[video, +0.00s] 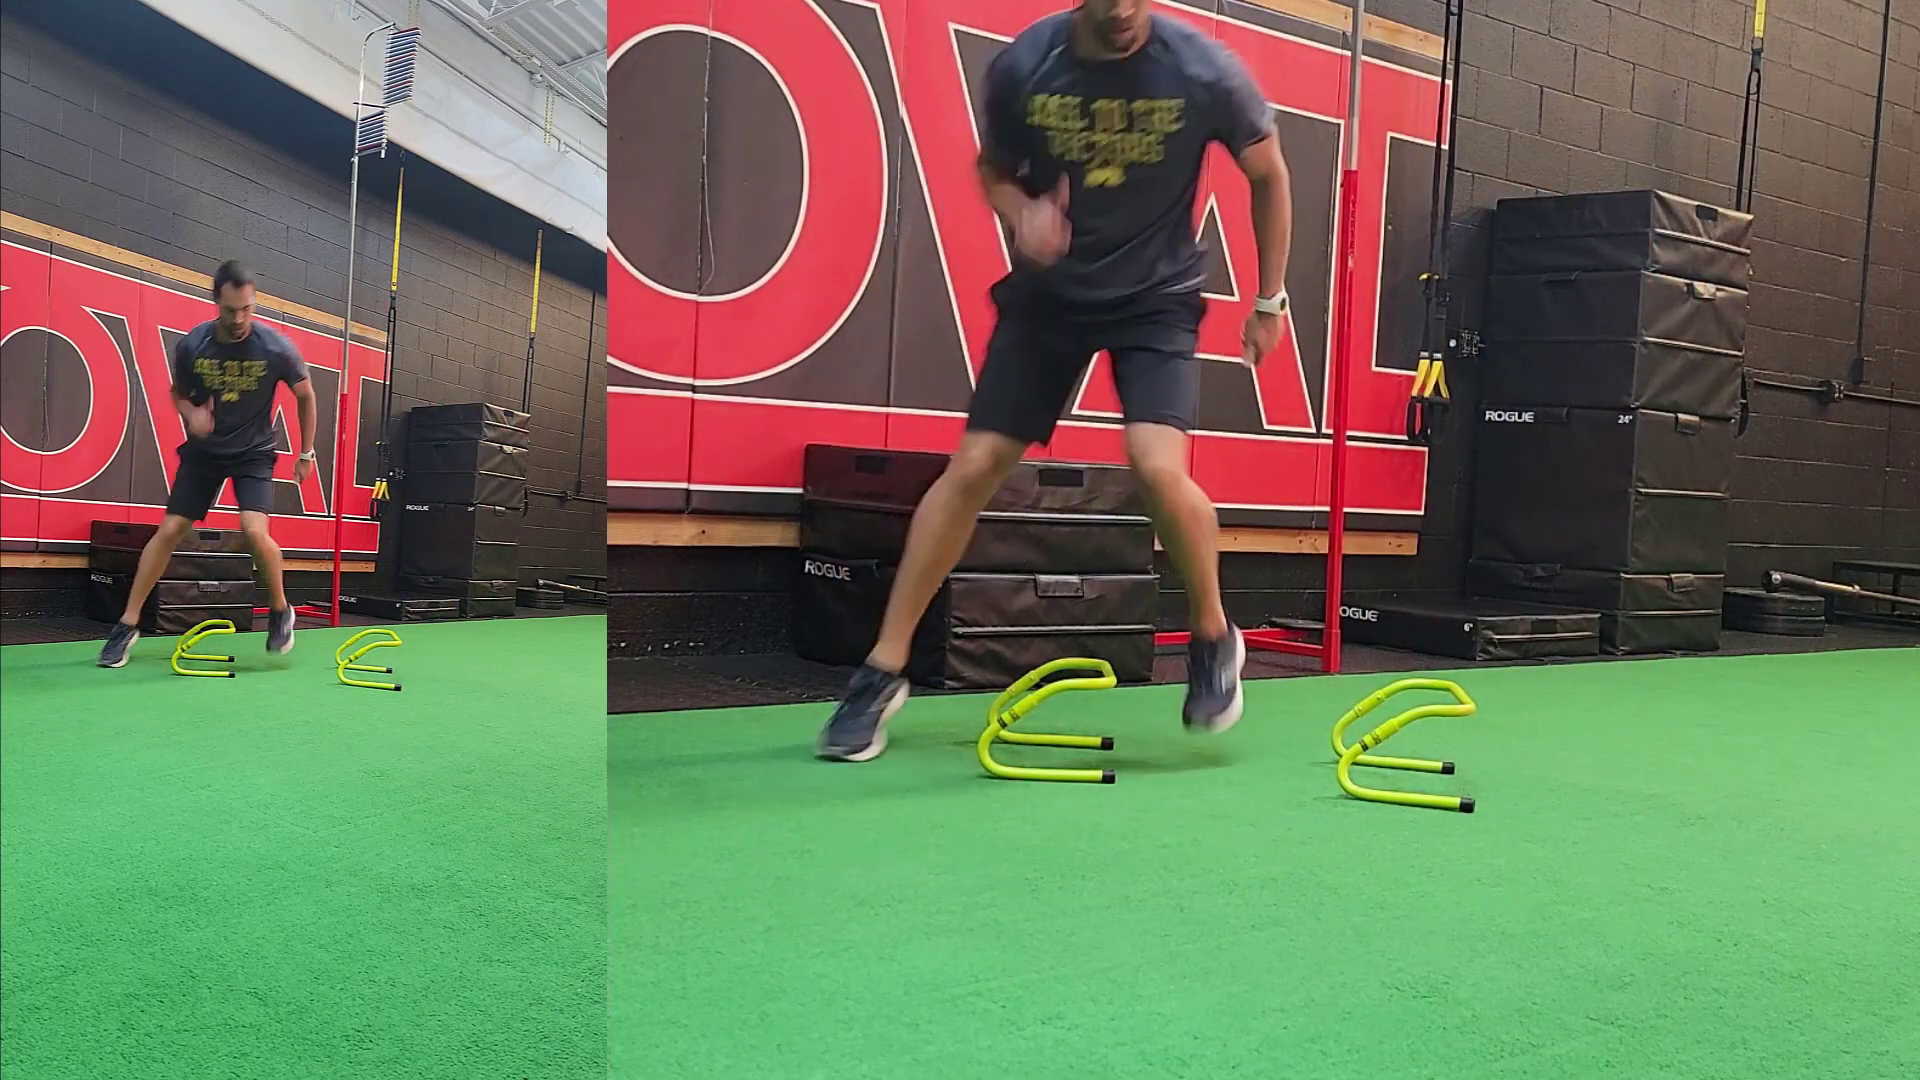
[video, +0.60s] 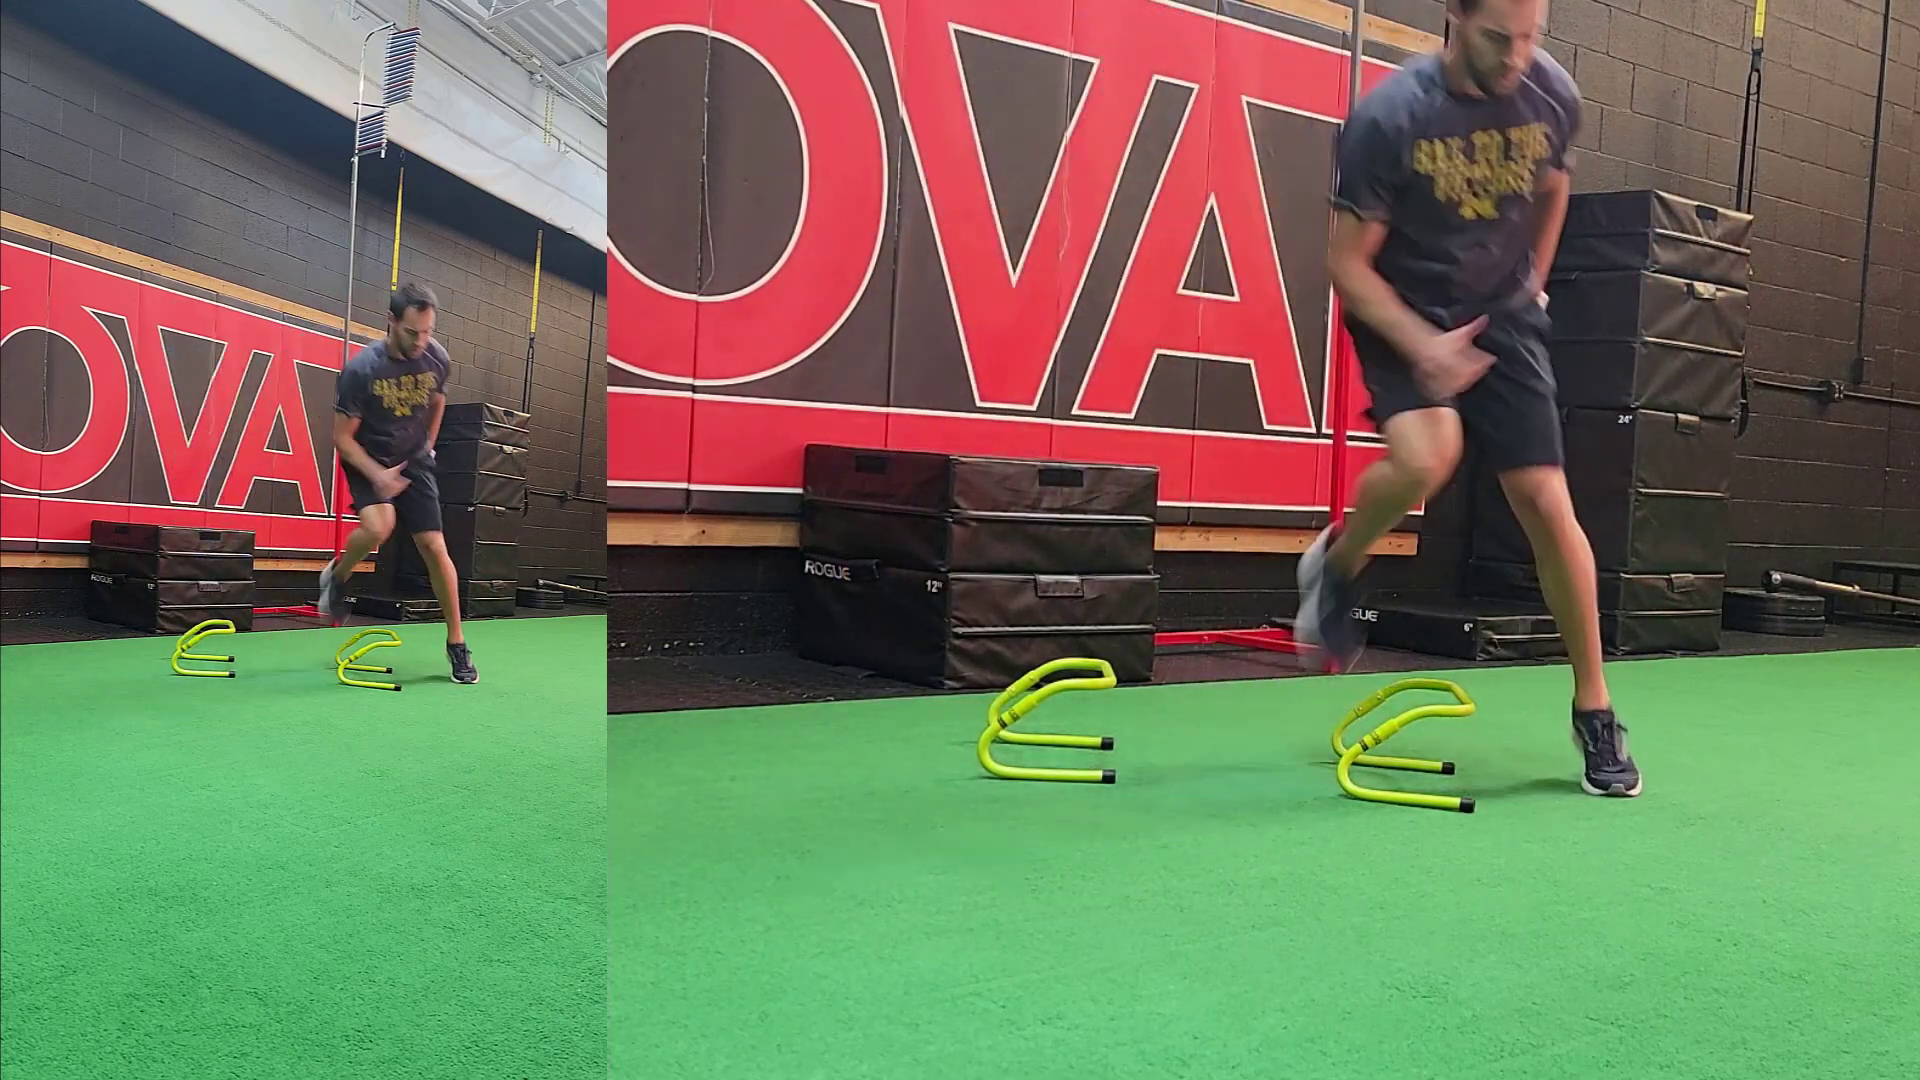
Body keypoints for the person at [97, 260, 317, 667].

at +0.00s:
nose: (240, 318)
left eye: (246, 309)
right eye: (231, 310)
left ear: (254, 303)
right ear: (215, 303)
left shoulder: (277, 349)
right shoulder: (191, 347)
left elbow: (305, 394)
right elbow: (179, 393)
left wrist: (306, 451)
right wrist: (192, 416)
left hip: (253, 451)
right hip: (203, 449)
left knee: (254, 531)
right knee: (169, 530)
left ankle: (280, 609)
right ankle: (127, 623)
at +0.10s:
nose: (275, 316)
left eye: (282, 307)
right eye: (266, 307)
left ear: (290, 302)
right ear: (251, 301)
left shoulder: (308, 350)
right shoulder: (226, 342)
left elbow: (321, 411)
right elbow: (206, 392)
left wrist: (310, 464)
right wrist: (189, 445)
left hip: (279, 455)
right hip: (232, 445)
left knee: (276, 550)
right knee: (209, 513)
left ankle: (280, 637)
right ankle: (194, 563)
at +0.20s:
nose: (305, 312)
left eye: (311, 304)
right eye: (297, 303)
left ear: (318, 299)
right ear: (278, 297)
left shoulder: (332, 346)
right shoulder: (249, 338)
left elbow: (347, 404)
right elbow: (222, 383)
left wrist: (322, 406)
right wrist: (203, 431)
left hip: (307, 450)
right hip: (262, 441)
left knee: (297, 544)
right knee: (271, 490)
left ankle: (284, 635)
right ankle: (263, 552)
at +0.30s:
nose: (331, 311)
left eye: (337, 302)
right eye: (323, 301)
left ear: (345, 297)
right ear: (304, 293)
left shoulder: (357, 336)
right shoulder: (275, 337)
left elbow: (368, 386)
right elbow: (249, 387)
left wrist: (356, 399)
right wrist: (231, 440)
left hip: (335, 443)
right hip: (289, 442)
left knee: (338, 527)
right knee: (302, 523)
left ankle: (315, 592)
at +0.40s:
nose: (359, 320)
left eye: (366, 312)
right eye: (352, 311)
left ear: (373, 308)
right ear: (333, 303)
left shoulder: (382, 350)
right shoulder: (303, 353)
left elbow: (387, 397)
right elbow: (276, 416)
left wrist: (391, 443)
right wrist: (263, 473)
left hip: (362, 459)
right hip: (311, 464)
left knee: (396, 522)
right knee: (312, 551)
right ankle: (293, 646)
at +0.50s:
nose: (391, 324)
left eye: (398, 315)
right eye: (383, 314)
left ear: (405, 310)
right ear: (362, 304)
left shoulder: (409, 347)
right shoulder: (331, 355)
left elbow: (412, 395)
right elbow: (310, 420)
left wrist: (412, 448)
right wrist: (309, 481)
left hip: (389, 453)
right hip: (340, 456)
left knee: (421, 523)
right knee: (334, 540)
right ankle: (299, 636)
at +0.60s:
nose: (421, 342)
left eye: (427, 333)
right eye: (412, 332)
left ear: (433, 327)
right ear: (391, 323)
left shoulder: (436, 358)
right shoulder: (361, 369)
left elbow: (437, 399)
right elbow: (342, 438)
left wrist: (430, 443)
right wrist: (378, 473)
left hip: (416, 461)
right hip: (369, 462)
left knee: (434, 547)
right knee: (378, 527)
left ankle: (457, 642)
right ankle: (335, 577)